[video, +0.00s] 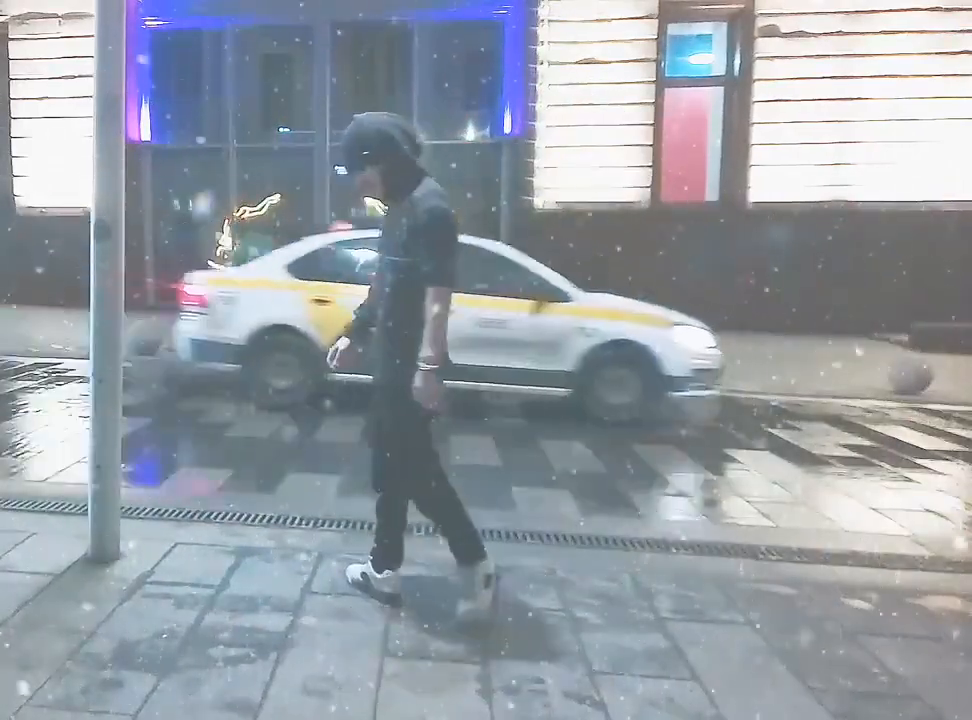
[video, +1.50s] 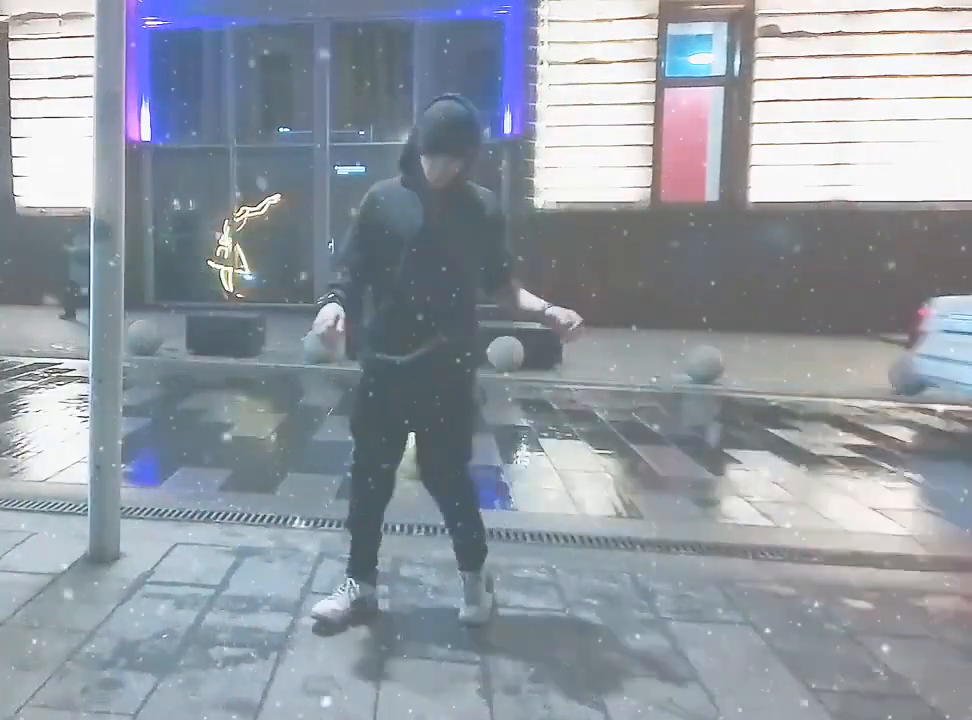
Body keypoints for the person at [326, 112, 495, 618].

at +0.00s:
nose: (360, 184)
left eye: (363, 171)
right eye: (357, 173)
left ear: (388, 161)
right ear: (384, 164)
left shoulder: (430, 211)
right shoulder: (401, 208)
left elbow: (439, 296)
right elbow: (385, 287)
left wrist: (430, 367)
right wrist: (353, 335)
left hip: (408, 360)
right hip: (389, 356)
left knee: (401, 463)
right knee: (401, 462)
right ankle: (384, 569)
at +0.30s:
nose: (404, 176)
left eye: (410, 165)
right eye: (401, 167)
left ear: (438, 158)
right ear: (413, 165)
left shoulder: (486, 208)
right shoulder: (422, 210)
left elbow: (495, 287)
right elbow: (404, 288)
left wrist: (472, 356)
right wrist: (377, 343)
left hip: (459, 363)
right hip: (417, 359)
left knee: (469, 469)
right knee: (394, 457)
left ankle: (483, 572)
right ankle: (386, 567)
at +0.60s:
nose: (444, 173)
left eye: (453, 162)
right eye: (439, 163)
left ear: (480, 157)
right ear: (437, 164)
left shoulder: (528, 212)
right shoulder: (434, 214)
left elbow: (539, 295)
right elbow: (418, 292)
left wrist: (535, 364)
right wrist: (404, 356)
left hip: (492, 370)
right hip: (434, 365)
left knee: (495, 483)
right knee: (407, 471)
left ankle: (483, 580)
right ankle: (391, 576)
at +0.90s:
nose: (479, 170)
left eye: (489, 159)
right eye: (470, 159)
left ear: (508, 158)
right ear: (458, 159)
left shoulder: (537, 212)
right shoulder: (435, 208)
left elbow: (560, 286)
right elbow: (411, 287)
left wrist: (572, 354)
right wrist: (395, 350)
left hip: (501, 366)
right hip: (435, 358)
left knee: (495, 478)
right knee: (415, 470)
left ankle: (483, 576)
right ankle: (394, 580)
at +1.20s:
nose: (474, 169)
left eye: (486, 159)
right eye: (466, 157)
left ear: (505, 160)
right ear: (454, 155)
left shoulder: (520, 218)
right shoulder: (422, 204)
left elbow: (531, 289)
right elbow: (384, 275)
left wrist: (571, 332)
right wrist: (364, 332)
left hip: (483, 368)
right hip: (419, 363)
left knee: (480, 484)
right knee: (393, 480)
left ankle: (481, 577)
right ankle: (368, 582)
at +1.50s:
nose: (443, 167)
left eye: (454, 156)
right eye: (435, 155)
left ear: (469, 158)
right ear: (418, 149)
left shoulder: (480, 212)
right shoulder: (383, 202)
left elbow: (500, 288)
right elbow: (349, 269)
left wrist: (547, 310)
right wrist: (336, 303)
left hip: (448, 368)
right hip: (385, 365)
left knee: (445, 475)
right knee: (368, 478)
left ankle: (475, 575)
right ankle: (360, 585)